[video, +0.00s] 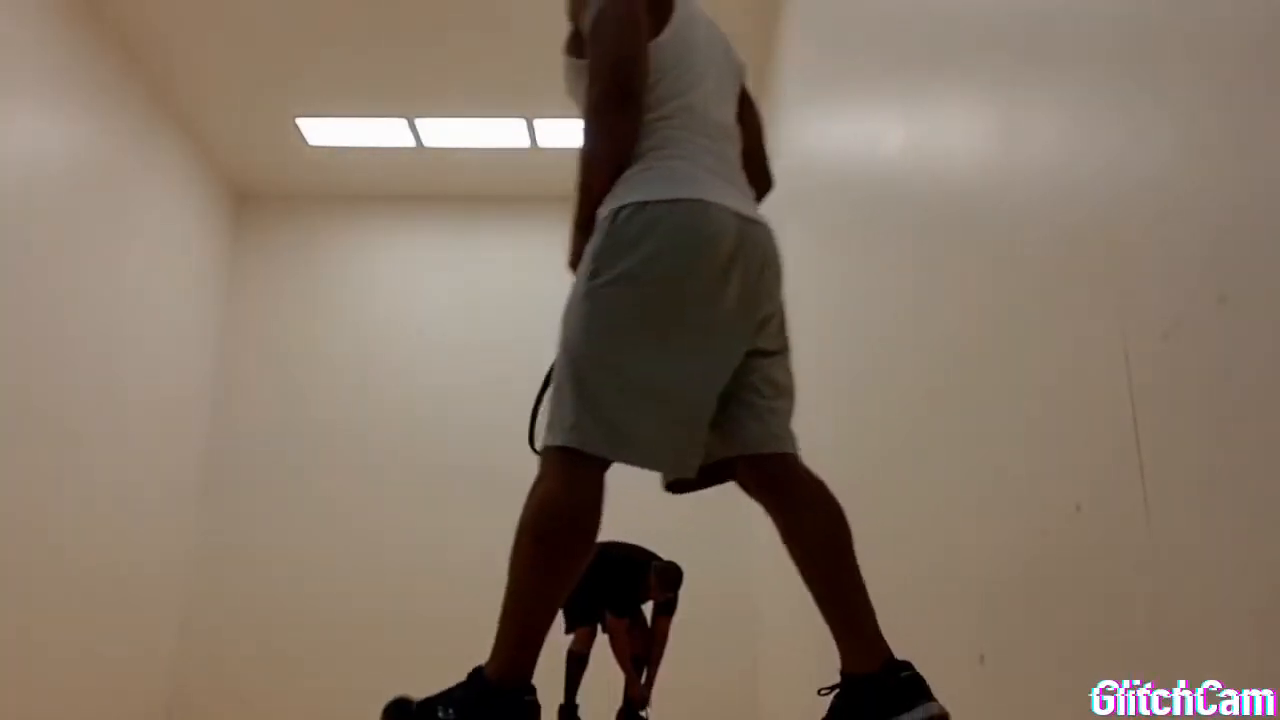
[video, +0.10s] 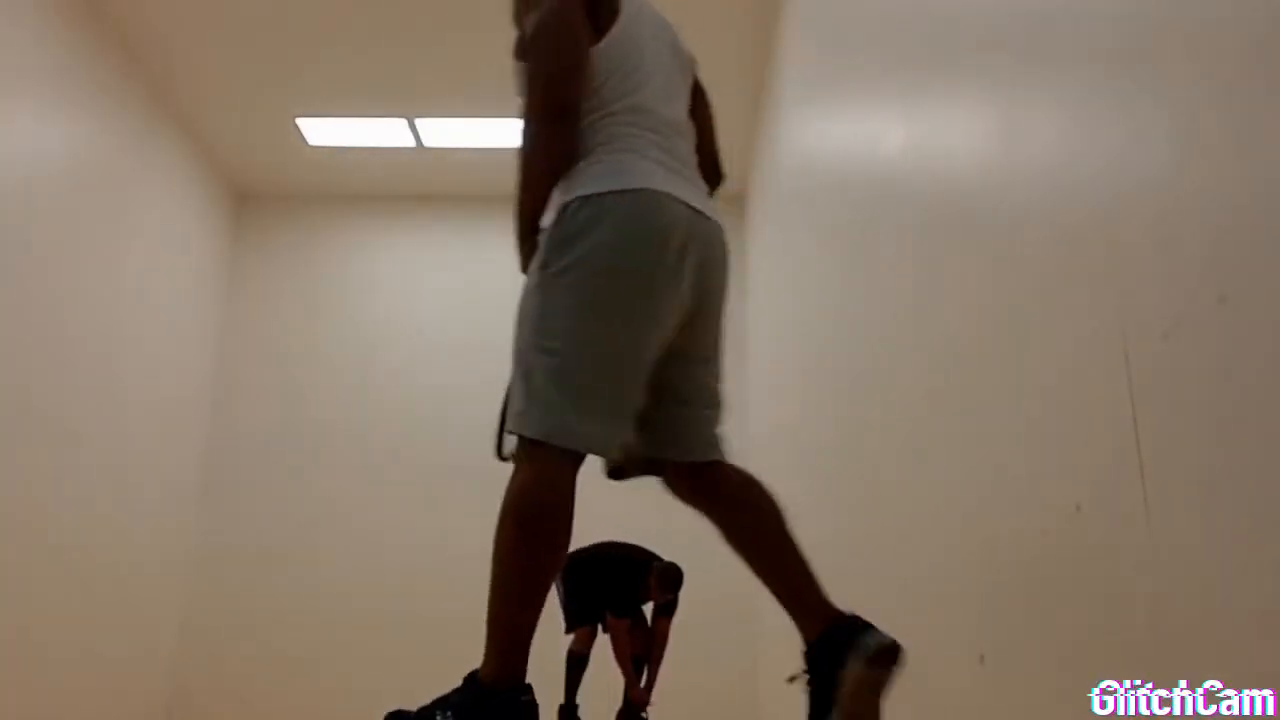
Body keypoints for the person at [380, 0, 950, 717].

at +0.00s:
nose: (574, 39)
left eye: (577, 24)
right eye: (573, 34)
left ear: (604, 1)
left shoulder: (615, 1)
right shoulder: (713, 43)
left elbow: (615, 106)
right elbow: (756, 172)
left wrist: (585, 236)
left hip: (653, 223)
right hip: (745, 238)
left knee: (573, 453)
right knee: (769, 461)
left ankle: (503, 683)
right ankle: (875, 673)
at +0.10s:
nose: (516, 33)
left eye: (522, 19)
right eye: (517, 25)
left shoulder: (556, 11)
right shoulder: (668, 42)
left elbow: (552, 128)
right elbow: (707, 169)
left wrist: (531, 238)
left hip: (611, 216)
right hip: (697, 233)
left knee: (545, 451)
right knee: (692, 461)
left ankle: (499, 685)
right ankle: (830, 636)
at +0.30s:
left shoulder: (471, 3)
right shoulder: (595, 29)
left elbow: (465, 98)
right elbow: (638, 157)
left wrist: (446, 208)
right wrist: (542, 191)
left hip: (536, 216)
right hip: (622, 227)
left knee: (509, 452)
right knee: (565, 452)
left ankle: (496, 686)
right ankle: (653, 621)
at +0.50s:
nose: (392, 33)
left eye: (396, 20)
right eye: (392, 27)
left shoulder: (433, 3)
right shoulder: (539, 42)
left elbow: (421, 91)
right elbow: (574, 174)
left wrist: (361, 197)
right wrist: (476, 200)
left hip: (472, 225)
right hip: (551, 239)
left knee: (473, 461)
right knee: (482, 467)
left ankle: (496, 687)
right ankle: (433, 675)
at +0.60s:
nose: (369, 33)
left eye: (371, 21)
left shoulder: (404, 6)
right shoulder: (511, 54)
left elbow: (399, 90)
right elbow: (550, 188)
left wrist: (323, 202)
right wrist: (458, 223)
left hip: (440, 235)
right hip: (516, 251)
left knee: (455, 456)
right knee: (414, 469)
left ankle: (495, 683)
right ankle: (342, 669)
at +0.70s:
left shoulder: (379, 10)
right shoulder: (486, 68)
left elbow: (365, 109)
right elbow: (525, 201)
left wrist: (284, 220)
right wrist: (440, 248)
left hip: (406, 246)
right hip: (479, 267)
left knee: (437, 462)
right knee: (362, 476)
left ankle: (490, 682)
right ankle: (283, 676)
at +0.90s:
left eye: (306, 11)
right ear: (399, 14)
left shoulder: (325, 23)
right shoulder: (423, 96)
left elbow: (303, 128)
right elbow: (471, 223)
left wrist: (210, 244)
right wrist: (410, 302)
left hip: (332, 270)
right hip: (403, 299)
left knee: (301, 470)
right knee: (316, 492)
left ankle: (433, 634)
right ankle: (248, 688)